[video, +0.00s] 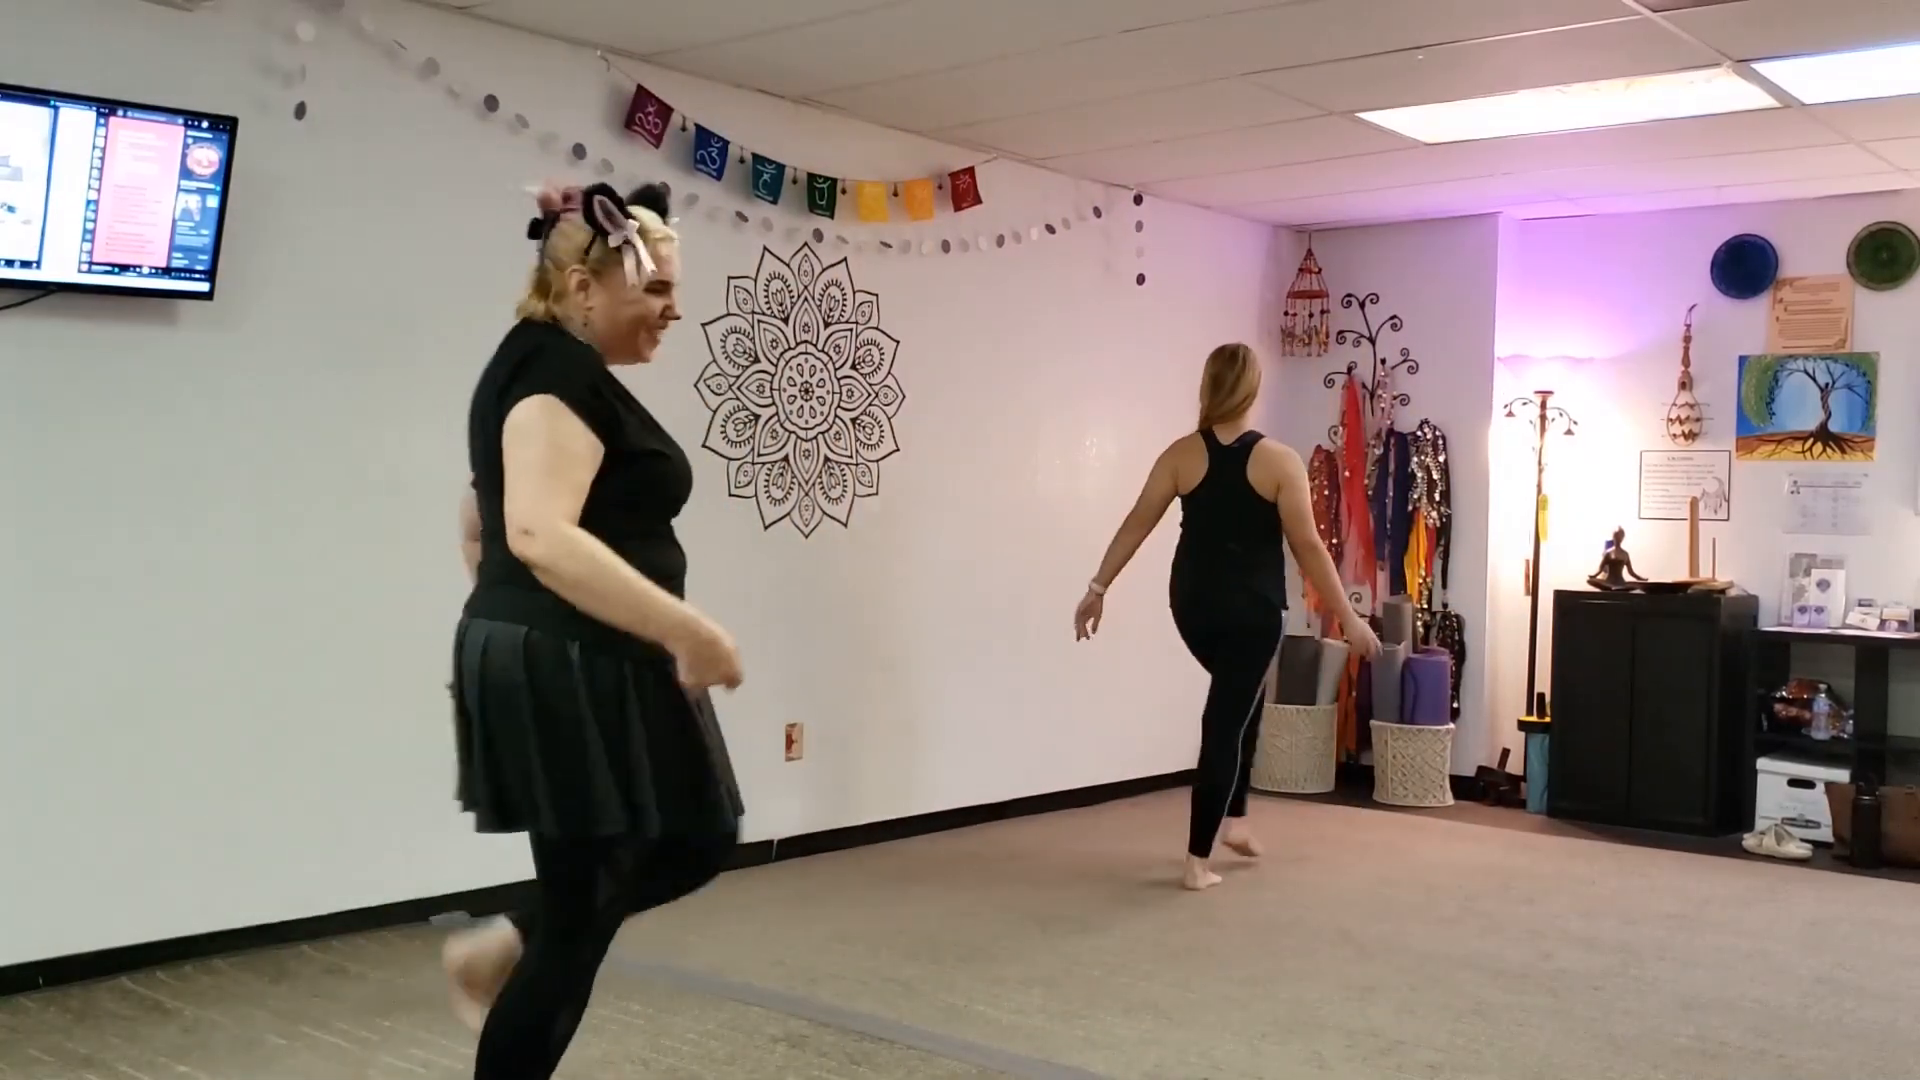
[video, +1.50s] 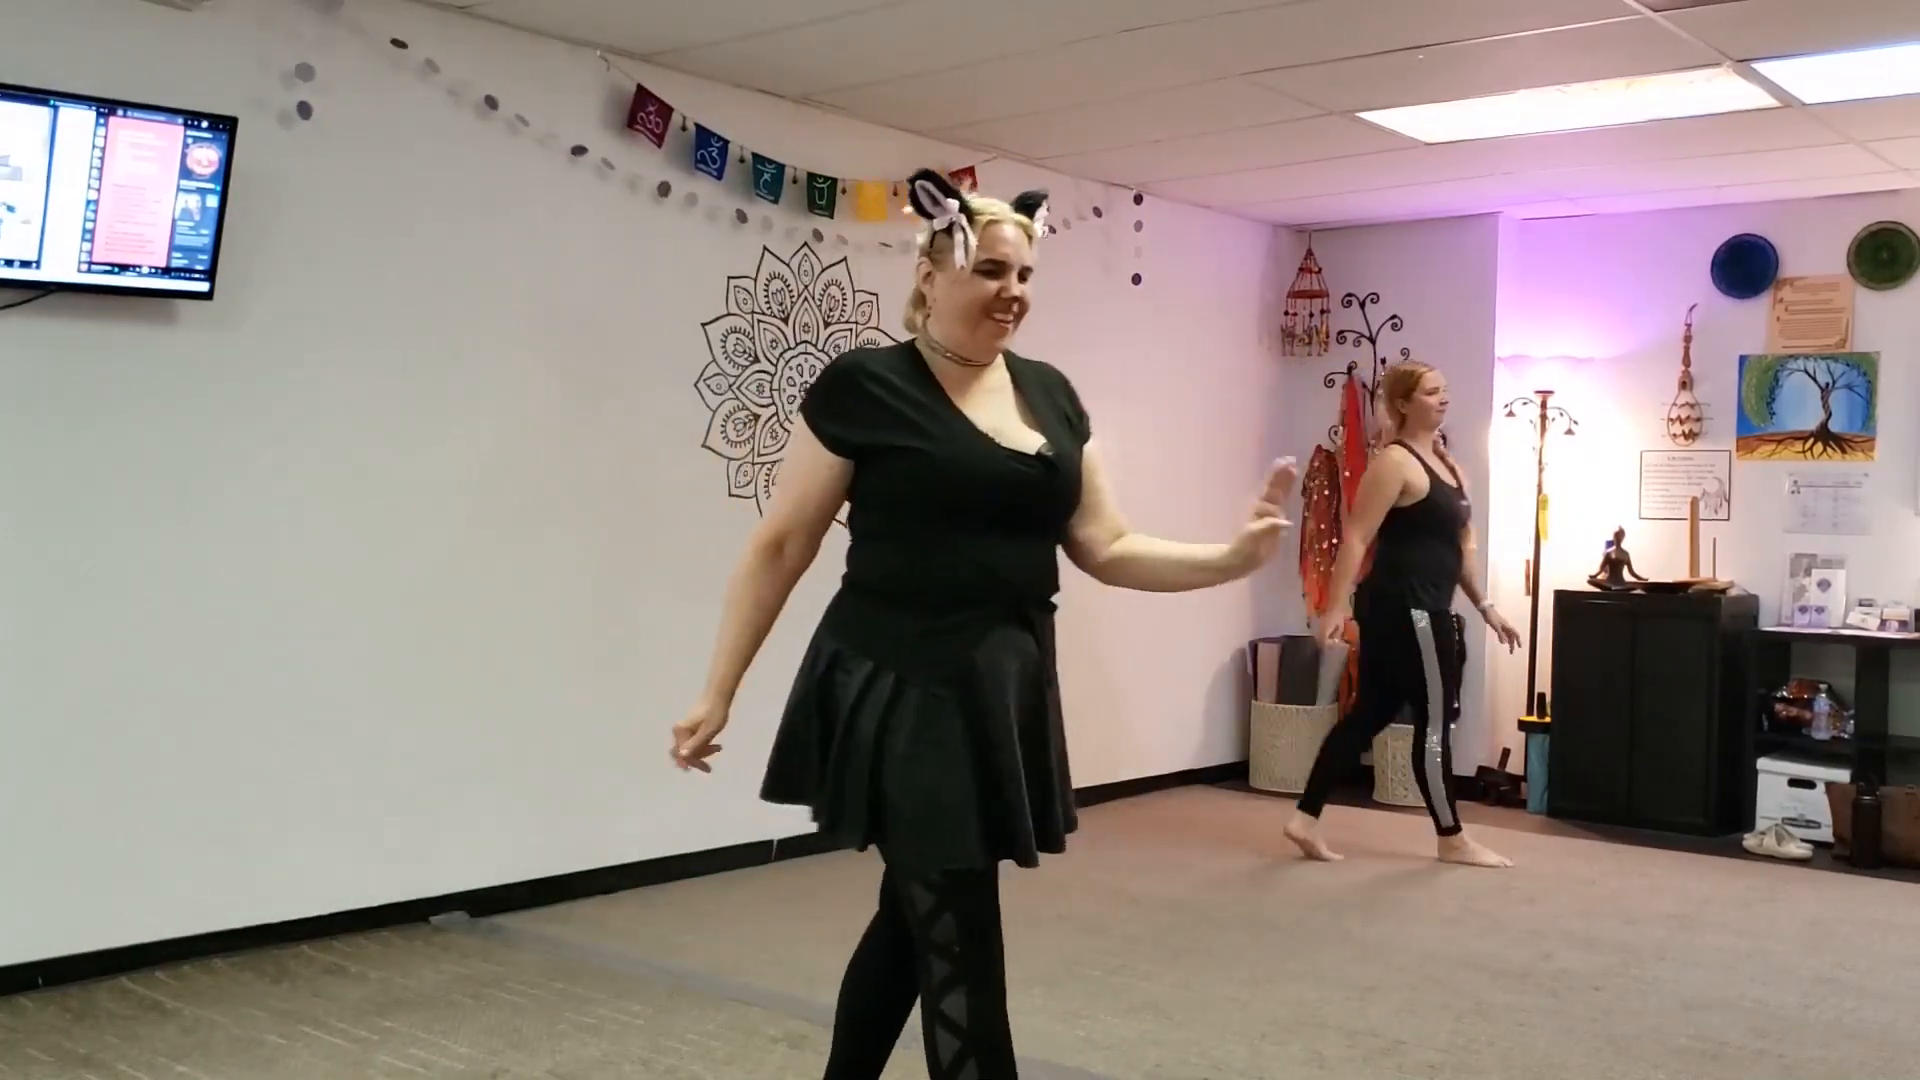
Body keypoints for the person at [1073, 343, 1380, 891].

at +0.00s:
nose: (1256, 391)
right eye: (1257, 384)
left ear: (1206, 389)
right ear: (1255, 392)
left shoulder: (1180, 455)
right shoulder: (1281, 462)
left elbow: (1138, 524)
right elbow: (1309, 549)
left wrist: (1098, 586)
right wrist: (1348, 617)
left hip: (1190, 606)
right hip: (1252, 611)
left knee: (1244, 696)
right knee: (1222, 726)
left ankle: (1234, 820)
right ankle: (1197, 860)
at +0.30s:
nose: (1283, 404)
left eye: (1270, 397)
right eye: (1282, 398)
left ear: (1233, 404)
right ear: (1279, 405)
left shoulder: (1211, 470)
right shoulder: (1311, 469)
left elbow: (1176, 543)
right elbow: (1333, 554)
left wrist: (1132, 601)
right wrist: (1353, 626)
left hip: (1218, 611)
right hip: (1280, 616)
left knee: (1265, 718)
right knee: (1242, 729)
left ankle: (1292, 834)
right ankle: (1203, 851)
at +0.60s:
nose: (1320, 402)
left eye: (1313, 394)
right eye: (1318, 395)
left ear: (1266, 402)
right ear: (1311, 400)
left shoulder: (1248, 469)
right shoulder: (1340, 449)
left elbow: (1226, 543)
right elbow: (1364, 532)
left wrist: (1198, 597)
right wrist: (1376, 604)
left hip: (1260, 600)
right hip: (1317, 601)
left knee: (1286, 717)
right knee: (1301, 721)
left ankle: (1292, 837)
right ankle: (1229, 805)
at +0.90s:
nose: (1361, 400)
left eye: (1360, 392)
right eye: (1356, 393)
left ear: (1320, 399)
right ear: (1333, 398)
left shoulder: (1305, 448)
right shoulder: (1329, 444)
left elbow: (1317, 530)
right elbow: (1341, 525)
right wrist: (1388, 591)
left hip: (1296, 592)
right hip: (1327, 593)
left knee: (1312, 707)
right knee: (1396, 691)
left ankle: (1298, 837)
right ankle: (1318, 777)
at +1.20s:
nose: (1397, 399)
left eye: (1397, 391)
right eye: (1388, 390)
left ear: (1378, 399)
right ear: (1357, 397)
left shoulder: (1378, 458)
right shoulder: (1341, 451)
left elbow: (1396, 547)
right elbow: (1311, 524)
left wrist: (1435, 597)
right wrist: (1339, 593)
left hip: (1355, 596)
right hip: (1352, 597)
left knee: (1321, 713)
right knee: (1402, 713)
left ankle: (1295, 831)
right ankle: (1457, 818)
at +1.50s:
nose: (1444, 399)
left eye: (1444, 392)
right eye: (1433, 393)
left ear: (1436, 402)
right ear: (1404, 403)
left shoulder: (1445, 463)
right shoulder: (1392, 462)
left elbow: (1458, 550)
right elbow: (1356, 537)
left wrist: (1486, 608)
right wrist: (1335, 608)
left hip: (1422, 602)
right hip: (1405, 604)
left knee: (1370, 713)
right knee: (1435, 717)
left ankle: (1305, 817)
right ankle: (1451, 838)